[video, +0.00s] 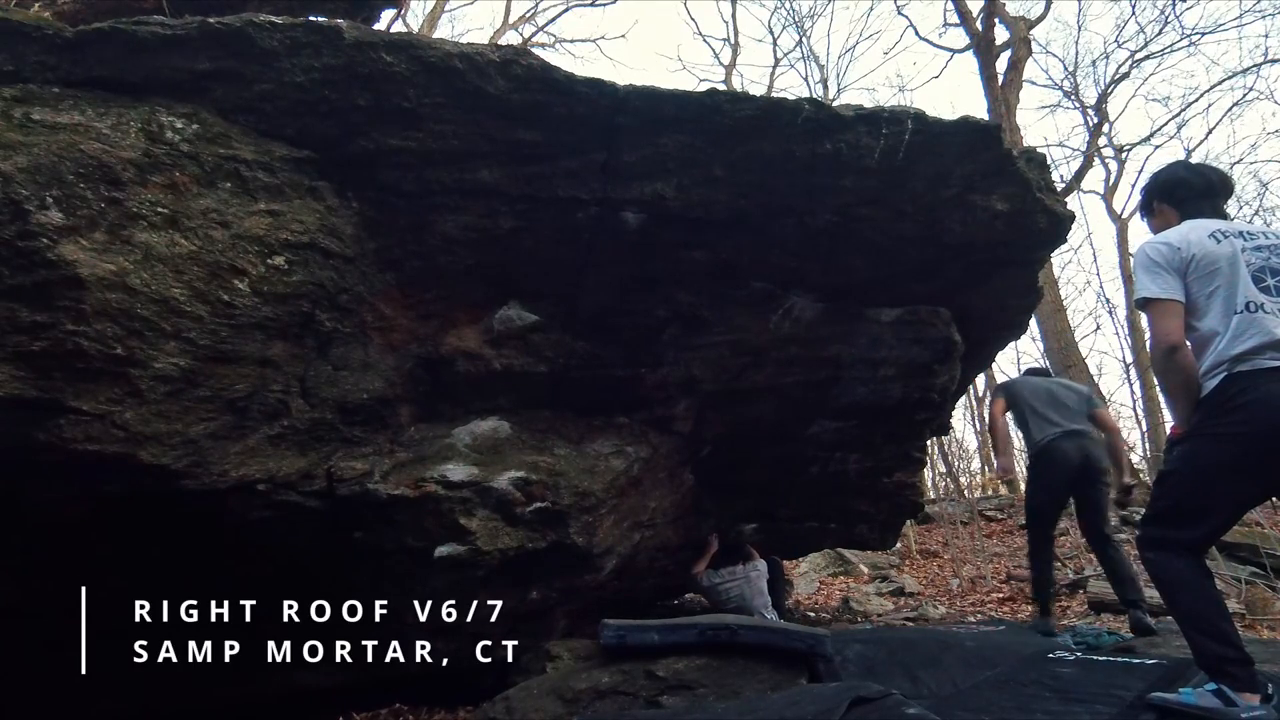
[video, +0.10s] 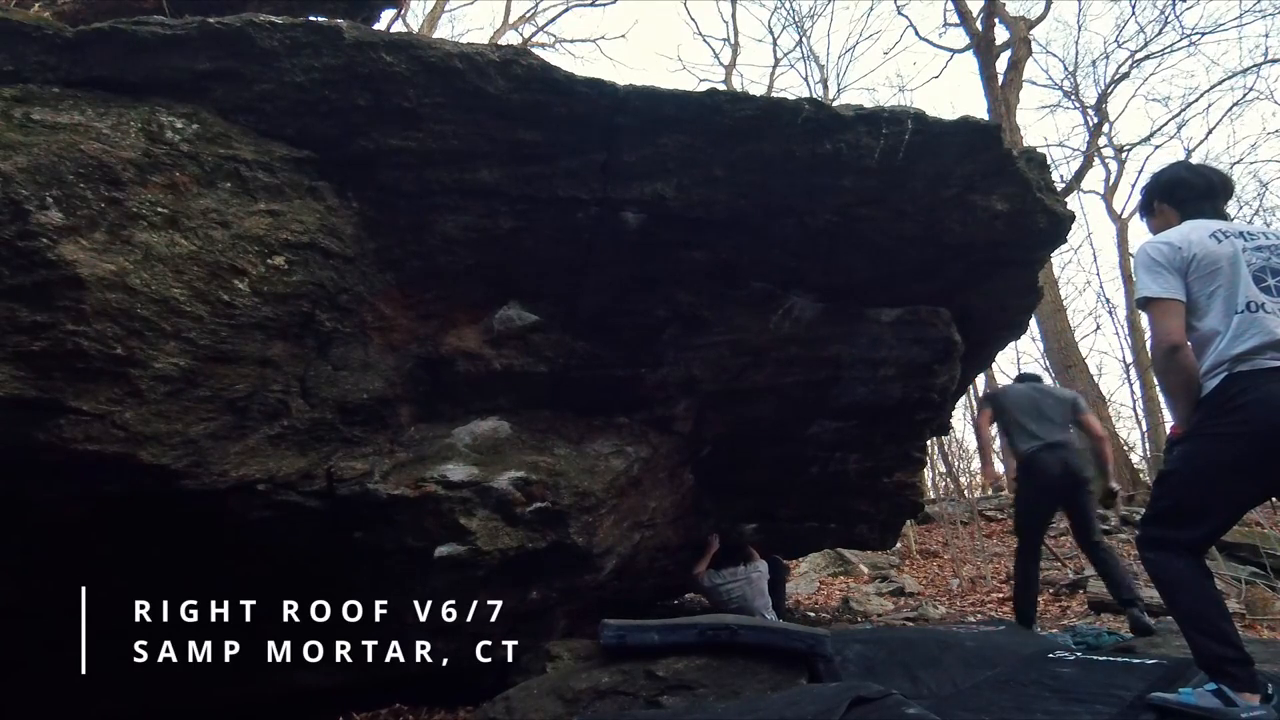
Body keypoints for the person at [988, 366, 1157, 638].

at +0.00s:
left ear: (1023, 378)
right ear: (1051, 378)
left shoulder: (1011, 385)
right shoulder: (1080, 389)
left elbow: (997, 414)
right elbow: (1112, 428)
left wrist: (1003, 461)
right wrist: (1125, 476)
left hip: (1051, 457)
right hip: (1093, 452)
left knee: (1040, 535)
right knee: (1100, 533)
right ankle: (1137, 609)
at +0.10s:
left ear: (1014, 384)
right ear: (1042, 384)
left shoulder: (1000, 395)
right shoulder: (1067, 395)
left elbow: (981, 423)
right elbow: (1100, 434)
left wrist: (987, 467)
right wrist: (1111, 479)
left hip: (1036, 472)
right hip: (1076, 465)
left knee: (1028, 545)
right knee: (1093, 540)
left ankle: (1025, 622)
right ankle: (1134, 607)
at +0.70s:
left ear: (999, 424)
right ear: (1024, 427)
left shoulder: (984, 430)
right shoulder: (1042, 440)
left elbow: (956, 450)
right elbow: (1077, 482)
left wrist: (949, 487)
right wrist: (1075, 525)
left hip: (991, 490)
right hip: (1031, 491)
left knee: (968, 546)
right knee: (1062, 556)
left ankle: (986, 609)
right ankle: (1089, 627)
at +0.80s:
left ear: (993, 431)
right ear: (1015, 434)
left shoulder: (978, 437)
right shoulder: (1036, 446)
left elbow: (947, 460)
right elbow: (1072, 486)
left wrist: (937, 500)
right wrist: (1074, 529)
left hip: (983, 493)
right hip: (1024, 493)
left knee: (955, 555)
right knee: (1060, 559)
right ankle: (1090, 630)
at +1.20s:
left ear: (932, 495)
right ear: (970, 494)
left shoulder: (917, 506)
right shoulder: (976, 494)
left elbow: (896, 549)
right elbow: (1021, 511)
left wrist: (887, 585)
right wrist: (1060, 529)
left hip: (925, 514)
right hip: (959, 511)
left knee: (915, 566)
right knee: (1018, 566)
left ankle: (920, 620)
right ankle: (1079, 627)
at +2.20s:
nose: (1068, 463)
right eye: (1068, 459)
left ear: (1037, 448)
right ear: (1058, 449)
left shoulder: (1009, 457)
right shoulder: (1055, 449)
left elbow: (966, 482)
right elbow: (1073, 473)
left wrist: (967, 527)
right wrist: (1096, 518)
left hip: (983, 493)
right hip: (1018, 492)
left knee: (964, 554)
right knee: (1068, 556)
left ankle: (929, 610)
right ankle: (1091, 628)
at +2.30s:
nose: (1083, 449)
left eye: (1083, 446)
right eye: (1083, 445)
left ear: (1063, 432)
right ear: (1078, 438)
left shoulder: (1034, 442)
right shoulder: (1074, 438)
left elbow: (988, 470)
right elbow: (1083, 462)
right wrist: (1099, 508)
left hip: (995, 479)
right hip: (1027, 480)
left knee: (1000, 548)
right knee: (1074, 553)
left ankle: (958, 594)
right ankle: (1091, 627)